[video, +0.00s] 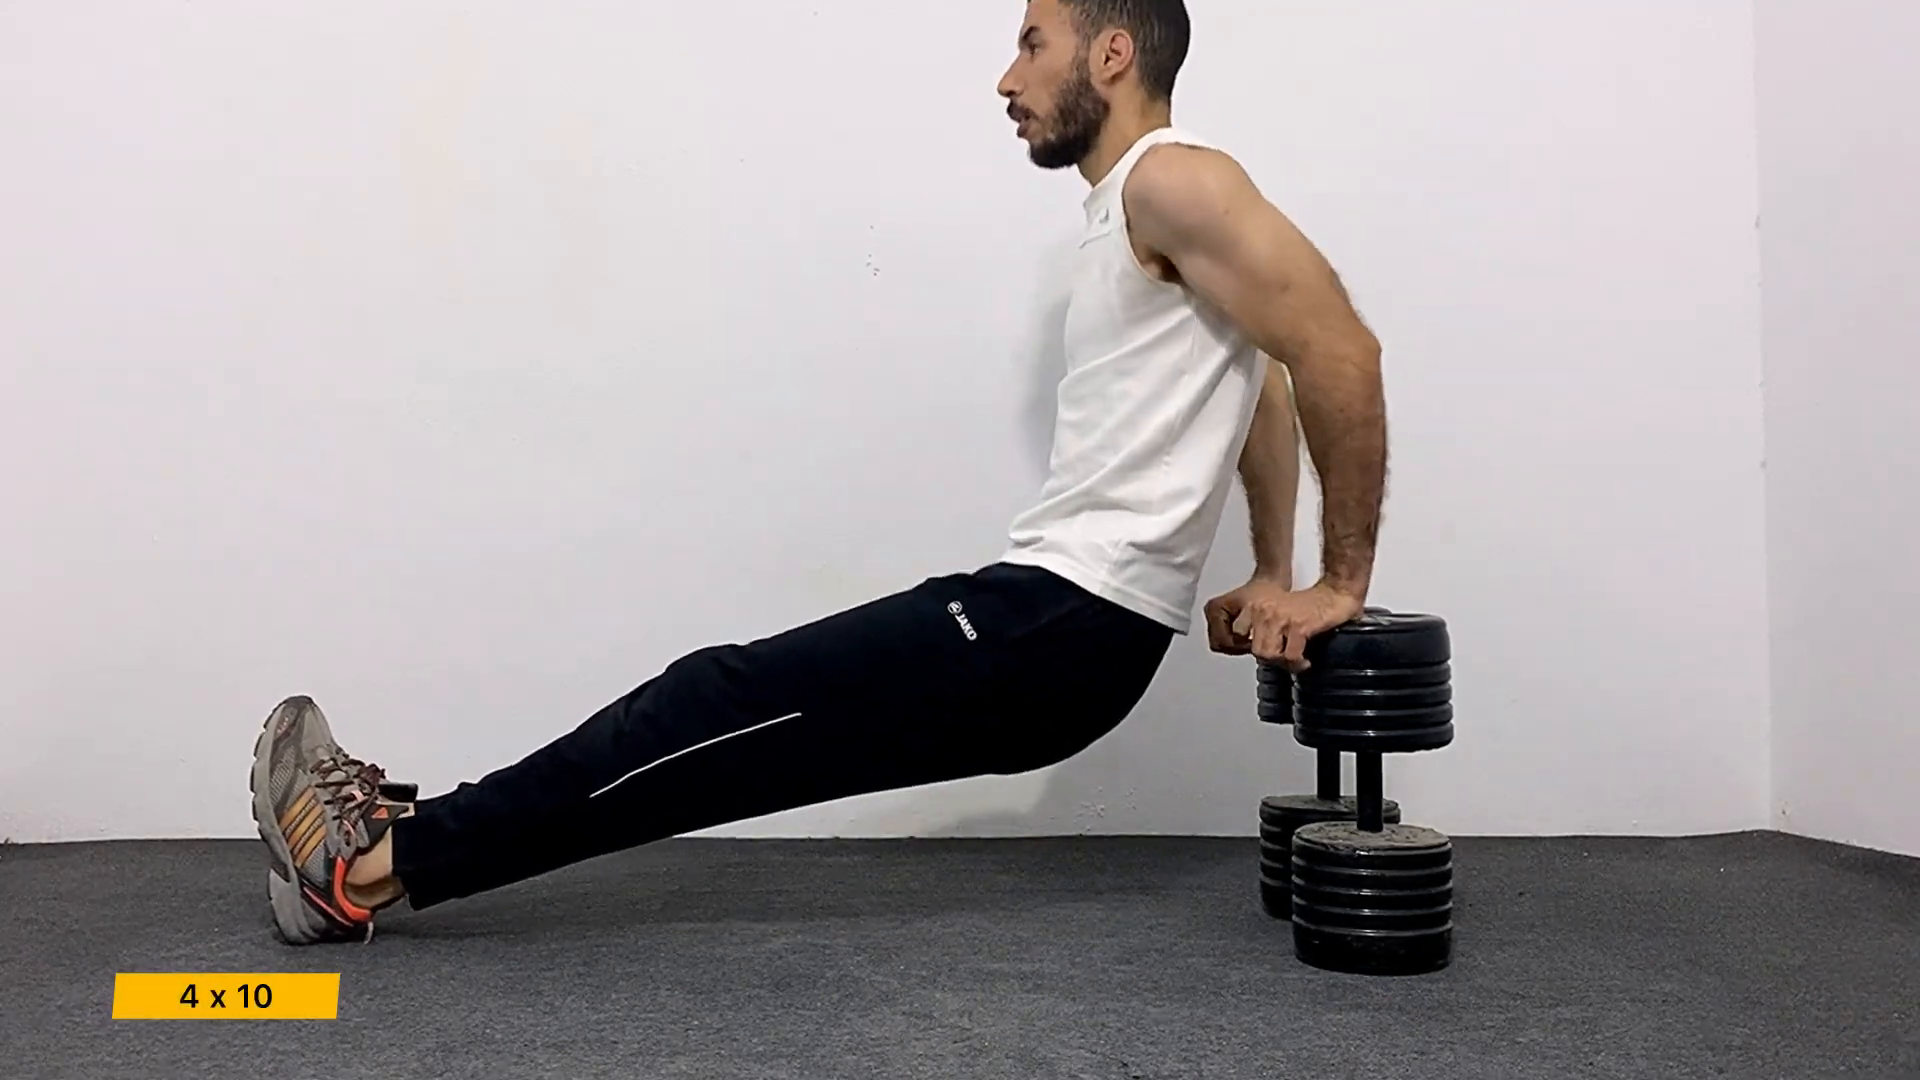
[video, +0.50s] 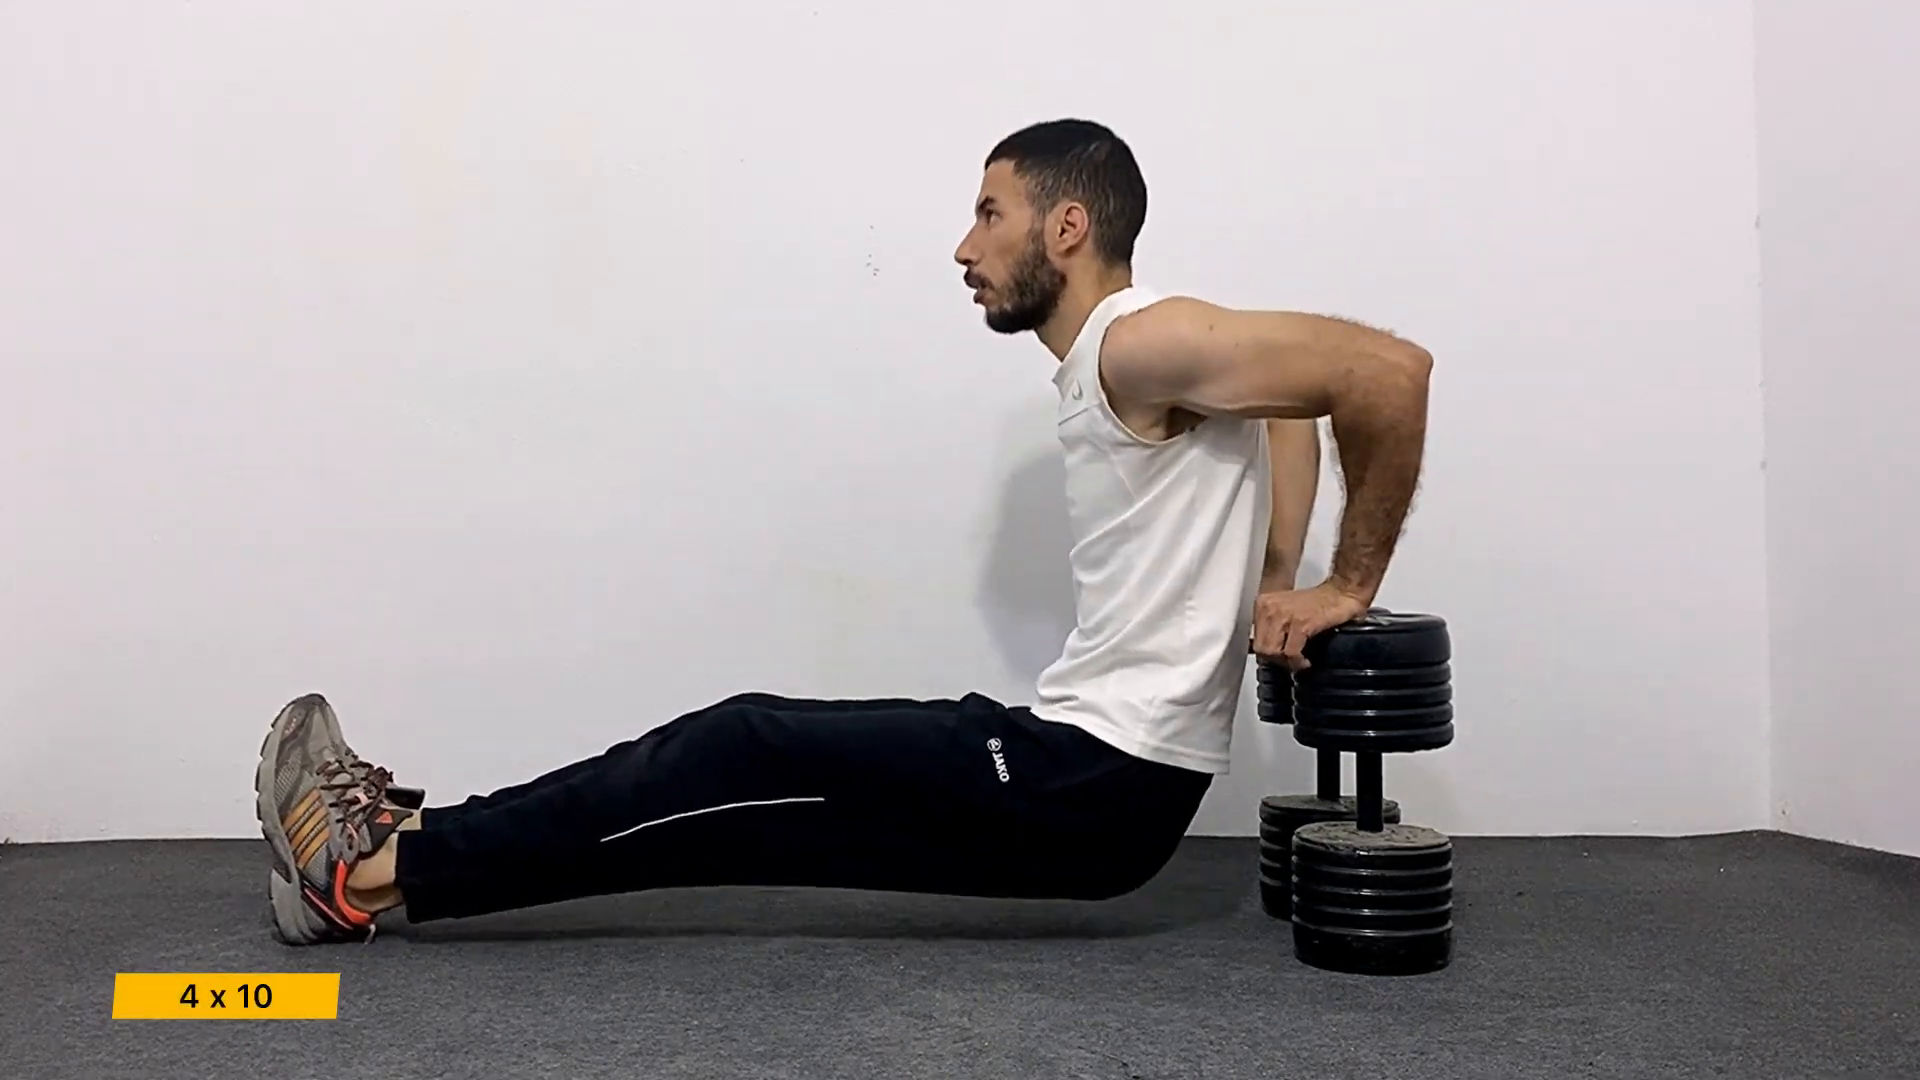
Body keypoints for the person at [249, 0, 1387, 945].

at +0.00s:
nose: (1007, 76)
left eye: (1031, 46)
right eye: (1015, 47)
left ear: (1116, 53)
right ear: (1106, 57)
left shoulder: (1179, 183)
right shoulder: (1145, 206)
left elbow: (1343, 349)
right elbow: (1266, 389)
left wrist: (1350, 580)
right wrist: (1269, 575)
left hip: (1069, 623)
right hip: (1053, 609)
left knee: (713, 712)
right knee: (711, 703)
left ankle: (376, 871)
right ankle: (400, 843)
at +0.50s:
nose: (964, 248)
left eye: (987, 216)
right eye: (973, 219)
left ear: (1074, 227)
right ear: (1077, 228)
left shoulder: (1136, 345)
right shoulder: (1126, 345)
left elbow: (1391, 375)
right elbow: (1295, 391)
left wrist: (1355, 585)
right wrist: (1279, 575)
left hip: (1097, 776)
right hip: (1078, 760)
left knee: (741, 742)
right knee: (736, 795)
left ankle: (386, 869)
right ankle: (416, 848)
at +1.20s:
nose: (990, 121)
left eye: (1013, 89)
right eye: (996, 91)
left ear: (1100, 95)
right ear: (1097, 101)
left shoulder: (1167, 222)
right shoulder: (1139, 246)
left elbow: (1368, 361)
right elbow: (1285, 417)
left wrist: (1350, 587)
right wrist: (1271, 589)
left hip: (1091, 656)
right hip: (1072, 644)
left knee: (739, 734)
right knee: (739, 731)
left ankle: (392, 875)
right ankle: (415, 847)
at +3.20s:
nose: (1022, 51)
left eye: (1041, 17)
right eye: (1026, 22)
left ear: (1126, 19)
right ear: (1111, 27)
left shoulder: (1188, 144)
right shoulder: (1149, 165)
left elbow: (1312, 358)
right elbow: (1251, 382)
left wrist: (1347, 580)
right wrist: (1267, 572)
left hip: (1063, 593)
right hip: (1045, 579)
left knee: (718, 711)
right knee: (714, 699)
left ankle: (380, 877)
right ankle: (420, 840)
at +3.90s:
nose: (985, 201)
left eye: (1006, 168)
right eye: (990, 172)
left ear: (1093, 175)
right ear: (1097, 180)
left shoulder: (1156, 301)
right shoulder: (1135, 304)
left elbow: (1397, 369)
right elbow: (1302, 378)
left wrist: (1354, 588)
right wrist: (1283, 573)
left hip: (1099, 737)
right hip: (1079, 723)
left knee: (737, 736)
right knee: (733, 760)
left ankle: (387, 878)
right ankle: (422, 849)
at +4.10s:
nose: (919, 245)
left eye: (943, 213)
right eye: (927, 216)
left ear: (1029, 224)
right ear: (1030, 226)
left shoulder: (1090, 342)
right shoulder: (1073, 347)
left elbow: (1345, 377)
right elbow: (1241, 391)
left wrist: (1299, 587)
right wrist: (1225, 575)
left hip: (1046, 778)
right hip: (1028, 763)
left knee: (686, 738)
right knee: (681, 788)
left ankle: (337, 872)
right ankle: (364, 852)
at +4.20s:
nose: (777, 261)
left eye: (798, 229)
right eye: (784, 232)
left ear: (882, 238)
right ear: (888, 240)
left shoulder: (947, 354)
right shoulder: (936, 359)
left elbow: (1204, 378)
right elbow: (1103, 395)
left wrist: (1161, 591)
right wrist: (1089, 573)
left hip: (906, 792)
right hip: (900, 786)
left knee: (547, 742)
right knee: (536, 800)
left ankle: (194, 876)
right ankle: (228, 850)